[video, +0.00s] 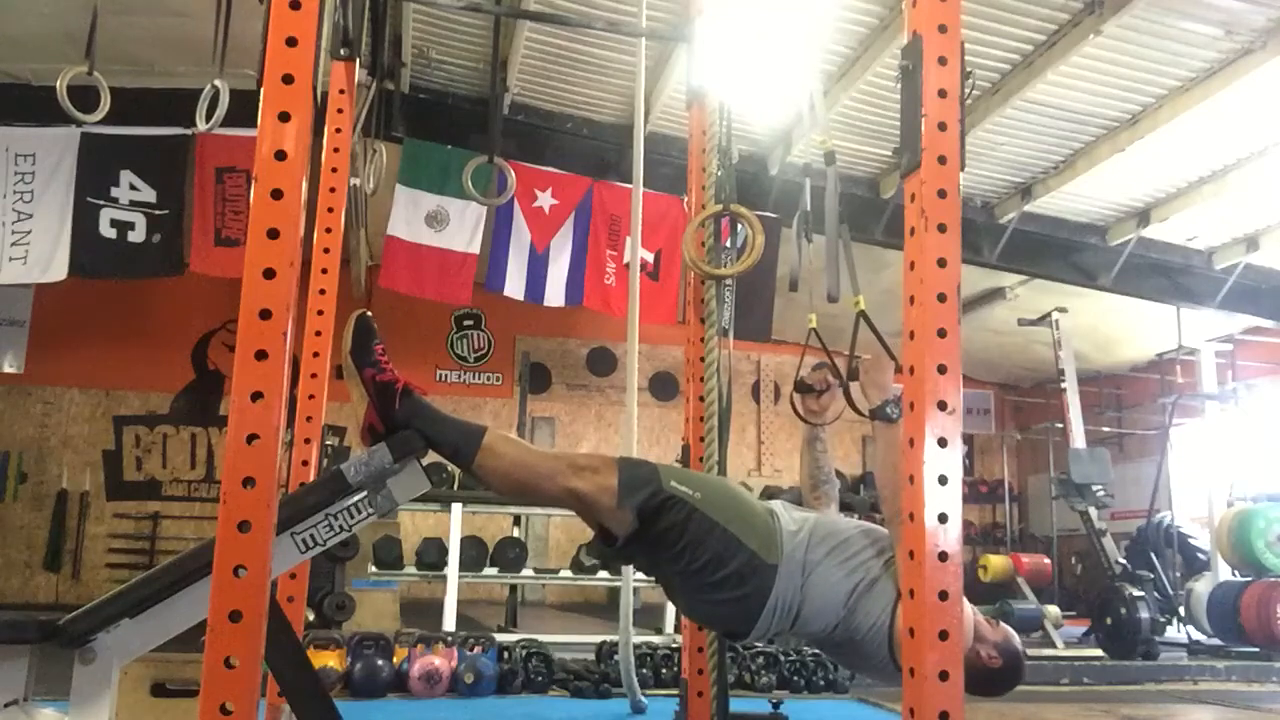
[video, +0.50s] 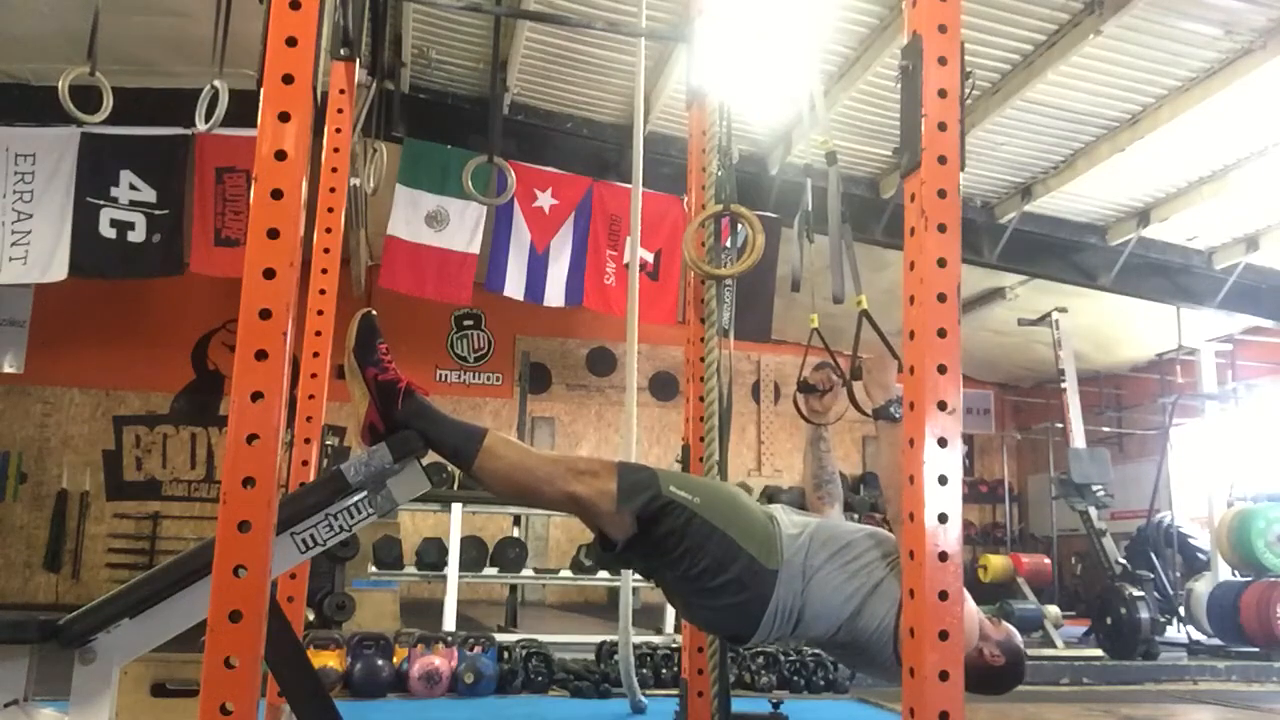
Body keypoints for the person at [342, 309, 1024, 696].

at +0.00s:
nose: (987, 628)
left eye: (992, 643)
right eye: (998, 632)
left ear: (973, 658)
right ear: (978, 636)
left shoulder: (941, 622)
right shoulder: (919, 641)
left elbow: (924, 516)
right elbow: (910, 511)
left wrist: (903, 414)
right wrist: (896, 419)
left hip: (765, 550)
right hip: (755, 577)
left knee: (598, 477)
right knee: (582, 491)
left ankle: (404, 408)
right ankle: (412, 437)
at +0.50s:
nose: (994, 631)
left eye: (999, 644)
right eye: (1003, 633)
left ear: (982, 659)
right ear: (985, 631)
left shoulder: (945, 639)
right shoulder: (935, 615)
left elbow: (931, 531)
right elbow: (904, 518)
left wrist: (923, 426)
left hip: (762, 564)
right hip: (758, 543)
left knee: (606, 481)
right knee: (587, 492)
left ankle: (407, 410)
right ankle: (411, 434)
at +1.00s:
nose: (1017, 568)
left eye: (1024, 583)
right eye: (1025, 569)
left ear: (1007, 613)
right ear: (1002, 566)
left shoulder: (966, 596)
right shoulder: (947, 564)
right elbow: (859, 499)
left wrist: (934, 454)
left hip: (771, 549)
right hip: (766, 522)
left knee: (606, 479)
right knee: (600, 470)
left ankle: (402, 412)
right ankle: (416, 432)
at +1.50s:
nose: (1019, 422)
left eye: (1030, 432)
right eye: (1025, 419)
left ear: (1027, 460)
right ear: (1011, 421)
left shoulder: (985, 465)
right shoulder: (964, 428)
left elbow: (907, 471)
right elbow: (886, 426)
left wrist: (918, 381)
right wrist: (895, 370)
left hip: (786, 443)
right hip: (776, 425)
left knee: (594, 373)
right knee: (579, 392)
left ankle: (389, 407)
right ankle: (398, 421)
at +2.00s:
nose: (855, 443)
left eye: (863, 458)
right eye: (864, 444)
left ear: (851, 479)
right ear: (847, 448)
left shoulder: (801, 481)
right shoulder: (791, 446)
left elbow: (722, 466)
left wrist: (754, 395)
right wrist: (755, 384)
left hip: (610, 390)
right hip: (610, 379)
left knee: (458, 259)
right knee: (450, 296)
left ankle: (342, 412)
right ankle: (339, 413)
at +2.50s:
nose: (718, 375)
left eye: (728, 389)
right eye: (729, 380)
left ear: (716, 418)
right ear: (713, 412)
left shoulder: (669, 428)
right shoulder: (657, 391)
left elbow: (589, 429)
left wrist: (627, 348)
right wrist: (630, 338)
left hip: (467, 344)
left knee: (317, 248)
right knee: (315, 281)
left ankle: (305, 418)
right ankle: (302, 420)